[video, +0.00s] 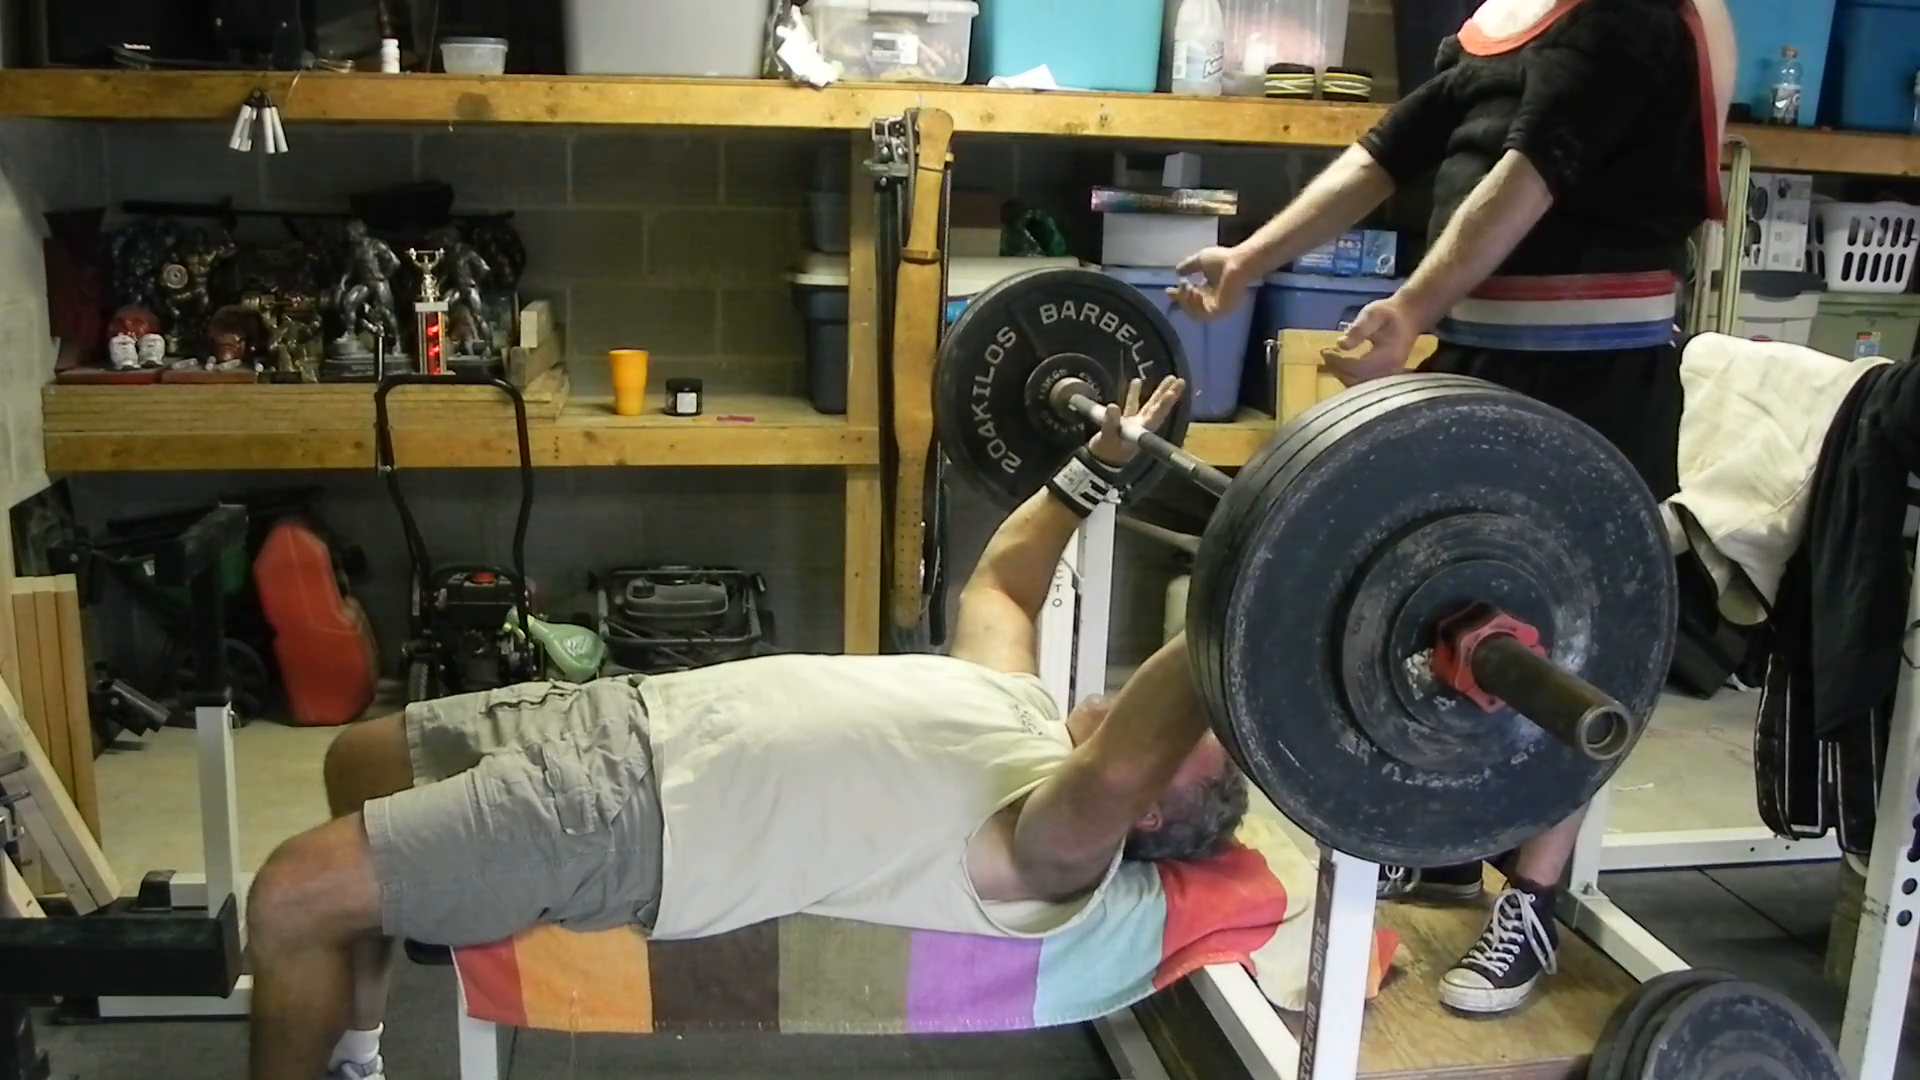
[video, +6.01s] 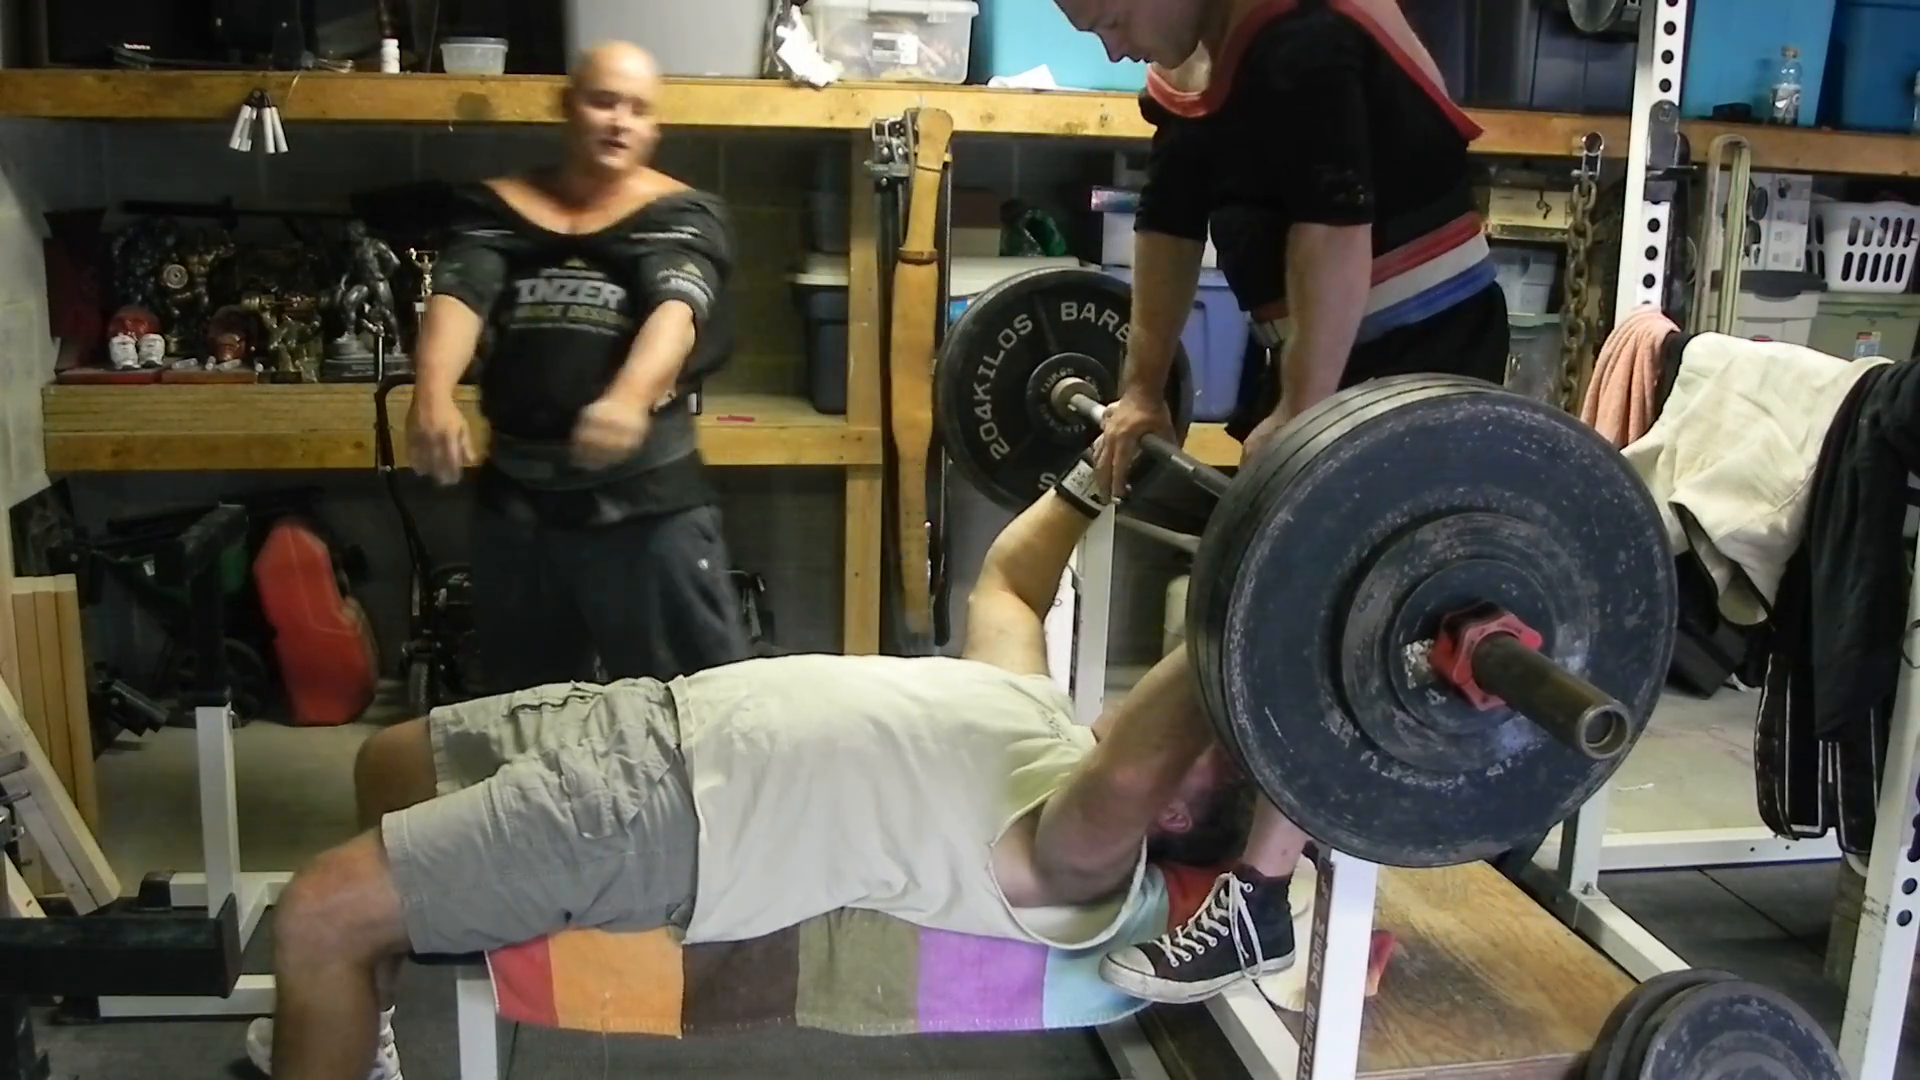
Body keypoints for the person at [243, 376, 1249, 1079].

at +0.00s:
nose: (1168, 725)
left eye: (1194, 746)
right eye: (1185, 717)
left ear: (1172, 814)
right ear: (1149, 733)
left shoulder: (1050, 847)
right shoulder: (1007, 707)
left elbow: (1132, 754)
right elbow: (1007, 583)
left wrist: (1273, 593)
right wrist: (1102, 453)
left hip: (626, 821)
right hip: (616, 709)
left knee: (295, 890)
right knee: (360, 762)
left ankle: (298, 1068)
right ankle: (350, 1048)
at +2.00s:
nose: (1197, 738)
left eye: (1225, 748)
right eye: (1211, 722)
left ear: (1216, 808)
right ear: (1187, 732)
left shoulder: (1097, 857)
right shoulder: (1043, 714)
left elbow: (1132, 763)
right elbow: (1007, 581)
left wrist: (1231, 605)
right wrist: (1089, 474)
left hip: (675, 819)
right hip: (658, 710)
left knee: (339, 922)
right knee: (395, 768)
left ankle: (330, 1067)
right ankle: (427, 980)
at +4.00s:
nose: (1199, 740)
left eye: (1228, 749)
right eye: (1213, 723)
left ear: (1215, 811)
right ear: (1182, 728)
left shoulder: (1087, 860)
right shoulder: (1035, 718)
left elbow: (1135, 760)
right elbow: (1016, 582)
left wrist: (1260, 608)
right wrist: (1099, 473)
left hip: (665, 819)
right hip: (653, 711)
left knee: (328, 916)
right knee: (390, 767)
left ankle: (323, 1065)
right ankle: (390, 988)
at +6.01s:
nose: (1182, 723)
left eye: (1209, 745)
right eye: (1204, 726)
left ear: (1192, 813)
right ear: (1181, 758)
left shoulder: (1076, 865)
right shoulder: (1041, 718)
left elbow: (1147, 756)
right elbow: (1011, 586)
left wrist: (1275, 590)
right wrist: (1098, 475)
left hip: (658, 819)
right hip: (647, 715)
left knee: (319, 914)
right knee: (385, 762)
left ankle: (335, 1057)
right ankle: (352, 990)